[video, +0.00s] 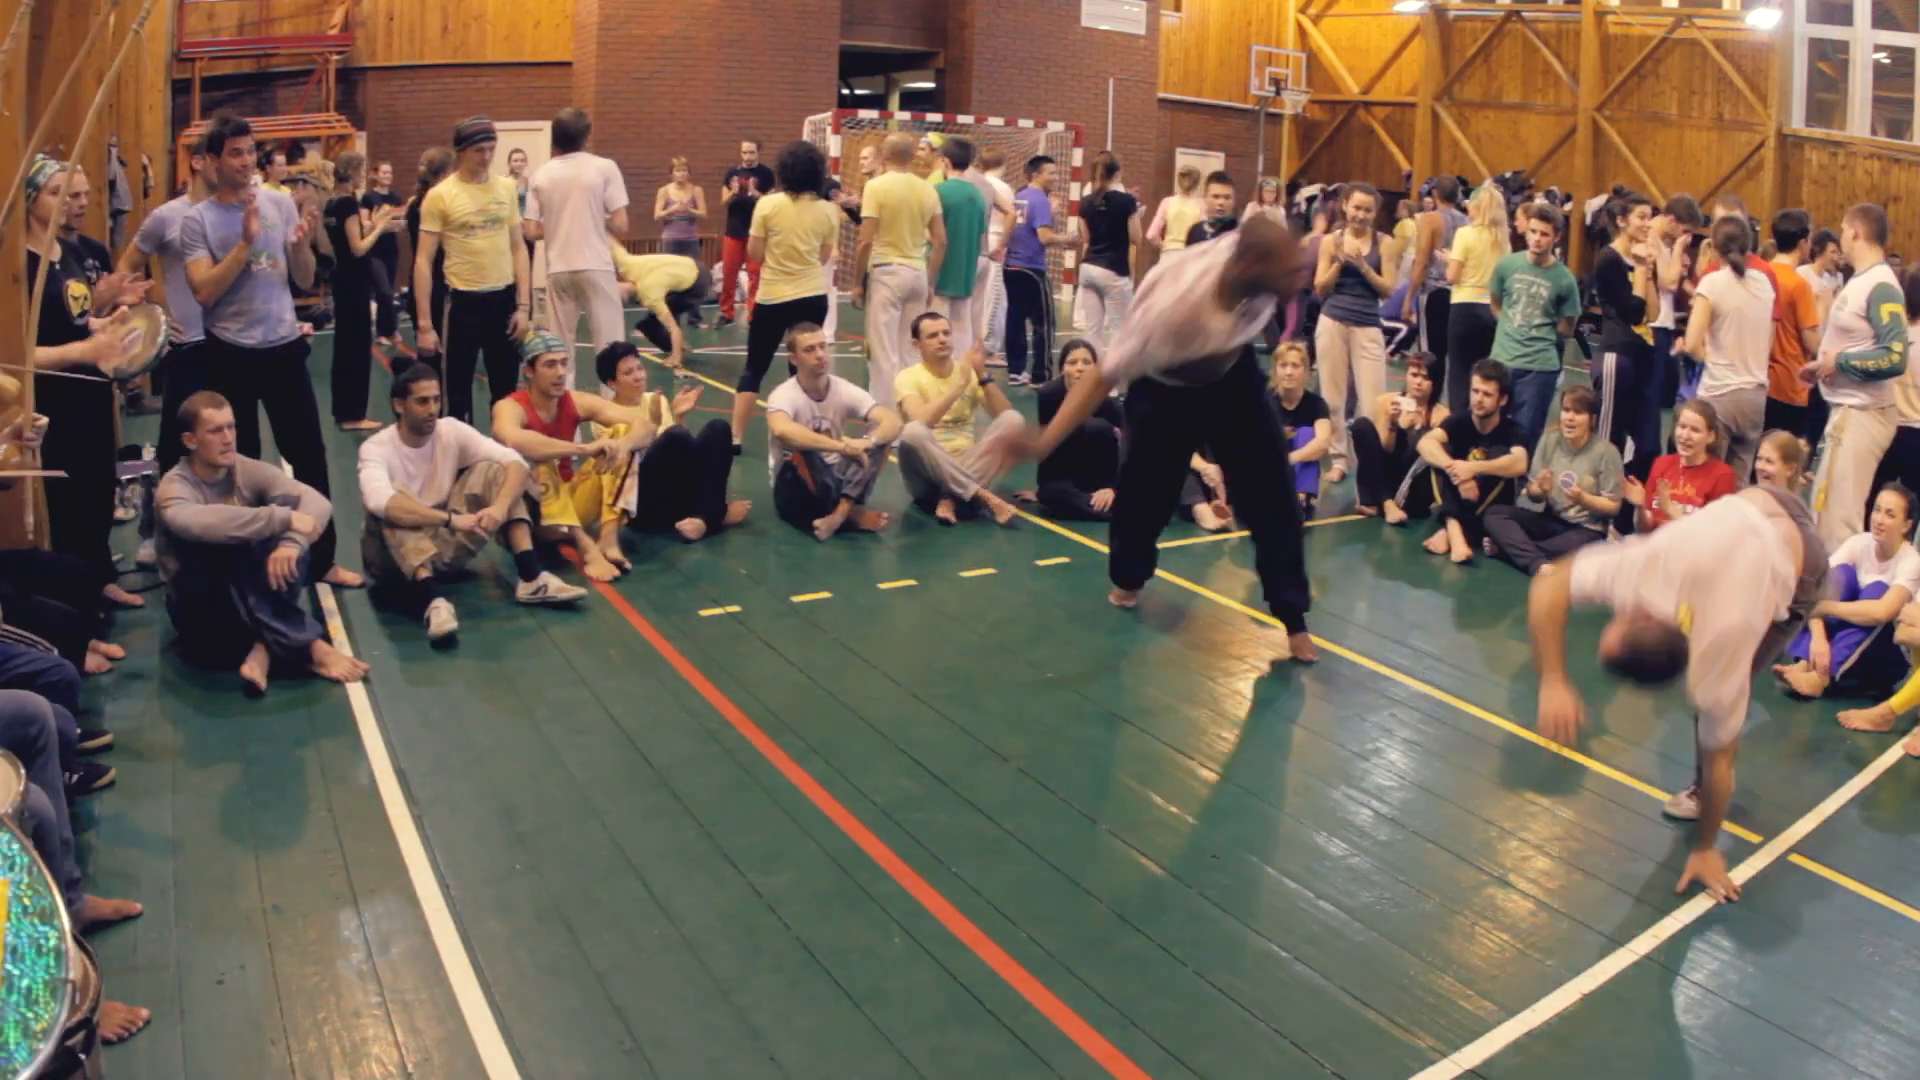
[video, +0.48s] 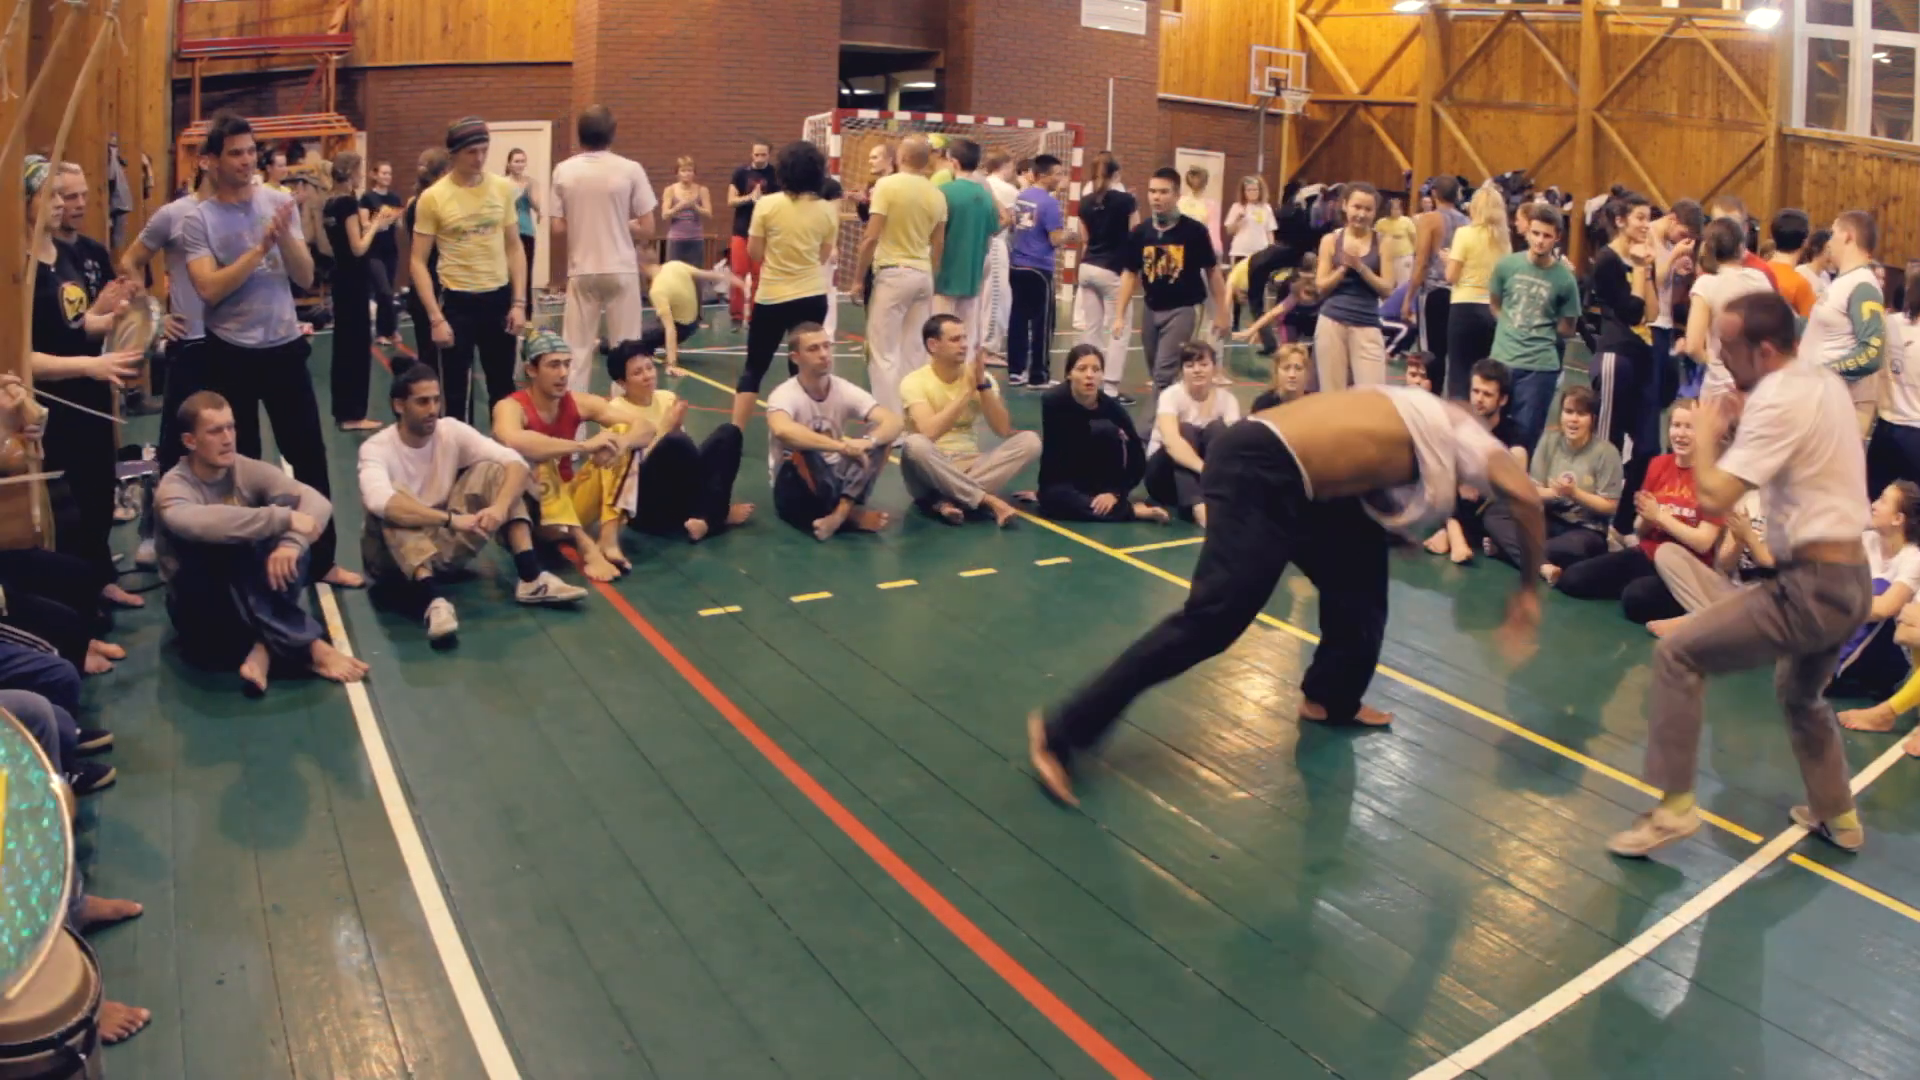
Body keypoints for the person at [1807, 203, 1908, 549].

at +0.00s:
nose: (1840, 240)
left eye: (1843, 232)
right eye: (1841, 233)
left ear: (1856, 233)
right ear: (1869, 234)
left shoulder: (1881, 285)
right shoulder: (1858, 282)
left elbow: (1894, 359)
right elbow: (1856, 346)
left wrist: (1838, 362)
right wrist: (1821, 365)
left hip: (1865, 412)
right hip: (1845, 408)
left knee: (1840, 512)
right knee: (1822, 504)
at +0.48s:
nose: (1828, 244)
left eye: (1832, 235)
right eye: (1829, 236)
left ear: (1848, 237)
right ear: (1849, 238)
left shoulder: (1863, 286)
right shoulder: (1842, 281)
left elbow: (1872, 354)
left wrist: (1818, 374)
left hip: (1850, 402)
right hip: (1827, 397)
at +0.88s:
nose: (1807, 239)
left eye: (1809, 232)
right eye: (1809, 232)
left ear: (1819, 231)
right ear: (1841, 234)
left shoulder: (1833, 270)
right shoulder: (1843, 269)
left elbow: (1843, 332)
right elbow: (1808, 332)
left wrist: (1813, 386)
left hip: (1833, 390)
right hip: (1852, 389)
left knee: (1798, 482)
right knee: (1834, 488)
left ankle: (1799, 568)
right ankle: (1822, 567)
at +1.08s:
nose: (1798, 238)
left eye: (1800, 232)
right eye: (1799, 232)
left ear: (1809, 231)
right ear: (1831, 233)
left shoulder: (1825, 272)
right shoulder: (1835, 269)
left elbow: (1836, 333)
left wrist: (1808, 387)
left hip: (1822, 387)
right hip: (1843, 387)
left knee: (1787, 479)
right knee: (1829, 482)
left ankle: (1776, 563)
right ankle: (1815, 566)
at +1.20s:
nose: (1793, 240)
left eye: (1795, 233)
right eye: (1795, 233)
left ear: (1804, 232)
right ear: (1827, 234)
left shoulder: (1821, 273)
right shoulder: (1829, 270)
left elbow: (1833, 333)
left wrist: (1805, 390)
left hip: (1813, 388)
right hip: (1832, 386)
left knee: (1783, 480)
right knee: (1818, 486)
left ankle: (1777, 569)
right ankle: (1811, 571)